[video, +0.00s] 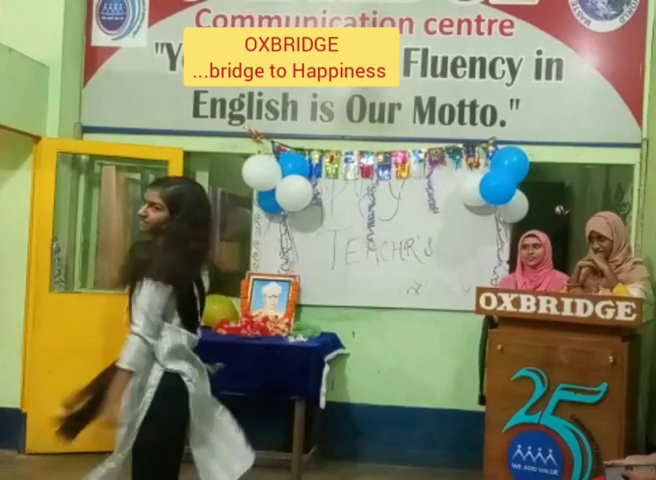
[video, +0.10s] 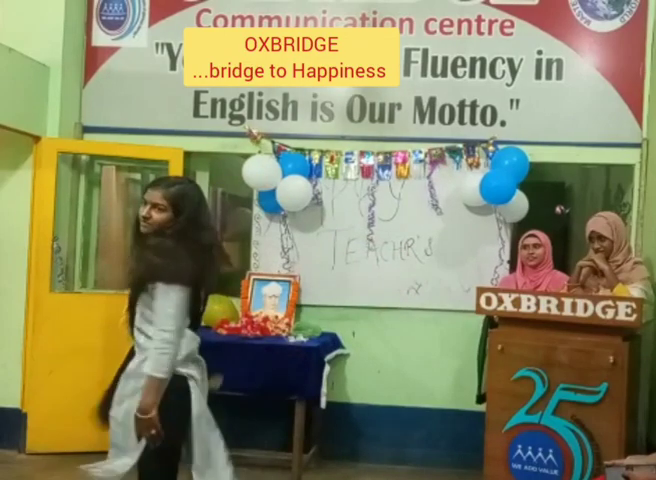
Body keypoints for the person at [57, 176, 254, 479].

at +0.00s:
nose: (142, 212)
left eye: (154, 207)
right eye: (145, 204)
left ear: (178, 216)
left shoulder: (163, 263)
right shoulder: (191, 262)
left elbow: (141, 336)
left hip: (164, 386)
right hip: (183, 383)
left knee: (150, 470)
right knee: (161, 468)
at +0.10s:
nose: (145, 213)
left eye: (157, 208)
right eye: (145, 204)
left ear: (181, 217)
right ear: (142, 203)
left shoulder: (174, 258)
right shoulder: (164, 255)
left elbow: (167, 337)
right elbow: (164, 335)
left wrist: (147, 404)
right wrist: (147, 400)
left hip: (167, 386)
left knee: (156, 471)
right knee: (151, 470)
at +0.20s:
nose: (150, 214)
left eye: (163, 208)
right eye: (148, 205)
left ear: (185, 216)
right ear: (141, 206)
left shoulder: (192, 263)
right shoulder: (150, 258)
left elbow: (207, 330)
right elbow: (154, 325)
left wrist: (169, 385)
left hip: (177, 389)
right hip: (145, 382)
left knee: (159, 471)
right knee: (135, 466)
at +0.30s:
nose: (162, 214)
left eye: (173, 208)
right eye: (156, 205)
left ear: (193, 215)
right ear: (148, 206)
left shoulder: (206, 259)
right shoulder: (146, 254)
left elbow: (251, 301)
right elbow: (120, 291)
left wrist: (209, 333)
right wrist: (113, 317)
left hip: (189, 382)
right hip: (150, 377)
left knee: (165, 468)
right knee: (143, 462)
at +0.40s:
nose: (179, 216)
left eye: (190, 209)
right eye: (171, 206)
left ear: (205, 214)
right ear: (160, 207)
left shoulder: (218, 260)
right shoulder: (152, 255)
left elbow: (278, 269)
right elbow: (107, 266)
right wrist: (98, 289)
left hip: (204, 378)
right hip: (162, 374)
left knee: (174, 468)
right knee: (139, 459)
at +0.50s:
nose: (203, 227)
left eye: (210, 220)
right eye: (194, 219)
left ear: (221, 225)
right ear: (176, 223)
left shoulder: (232, 268)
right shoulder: (164, 266)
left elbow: (271, 249)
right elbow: (117, 265)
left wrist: (220, 226)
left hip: (220, 384)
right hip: (176, 381)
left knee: (188, 469)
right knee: (149, 464)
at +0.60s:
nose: (232, 228)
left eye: (238, 220)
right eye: (223, 220)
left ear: (246, 224)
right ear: (200, 223)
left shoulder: (250, 263)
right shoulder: (186, 264)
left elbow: (261, 282)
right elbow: (128, 292)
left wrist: (213, 247)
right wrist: (115, 243)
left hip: (235, 391)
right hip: (190, 388)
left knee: (216, 471)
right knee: (160, 468)